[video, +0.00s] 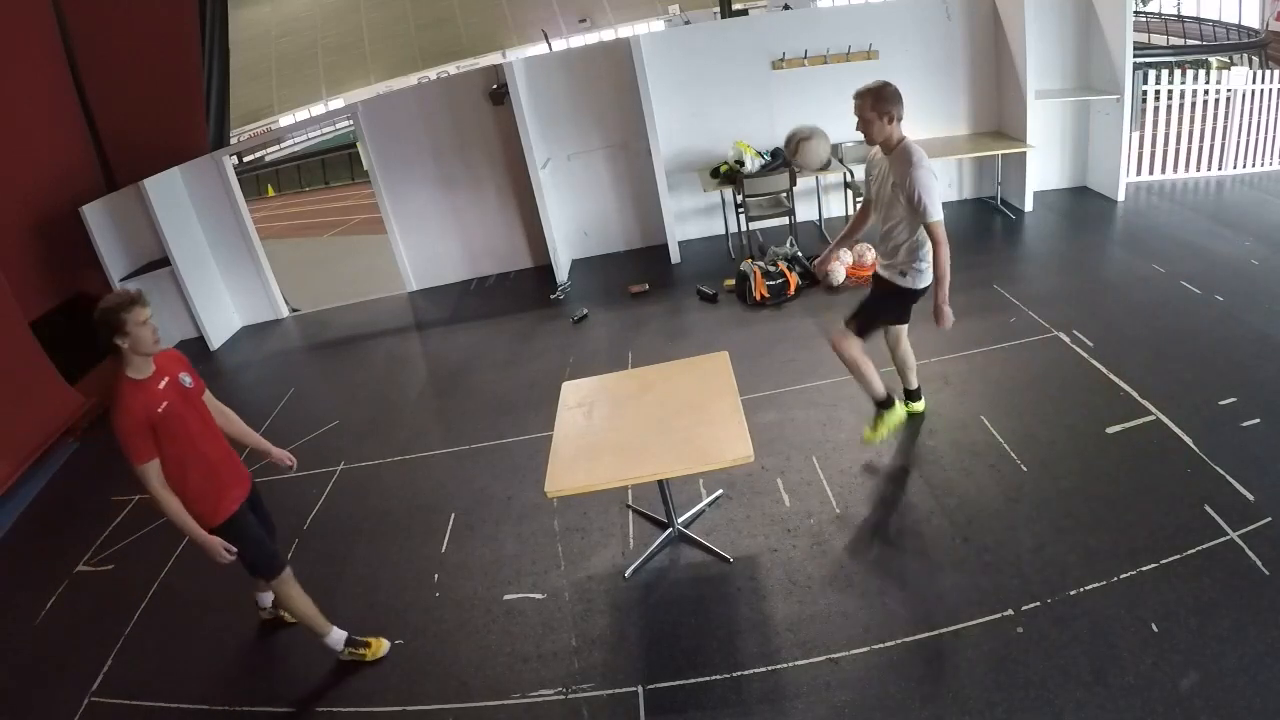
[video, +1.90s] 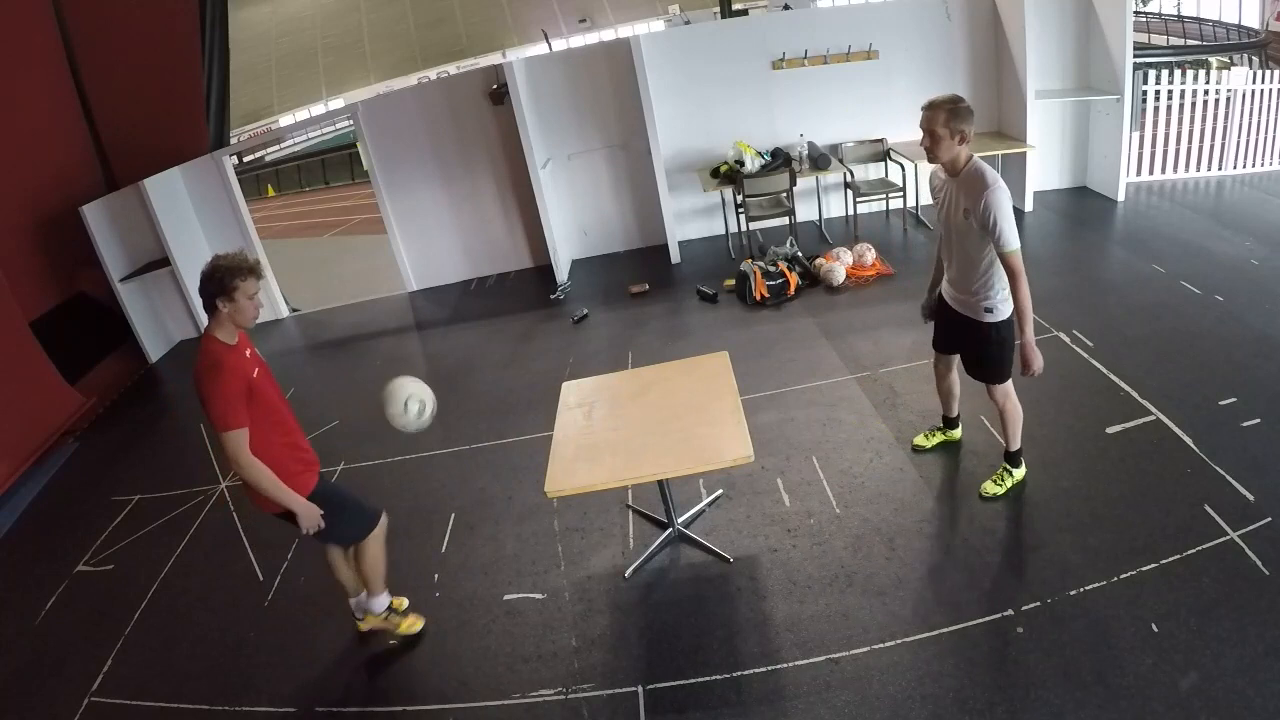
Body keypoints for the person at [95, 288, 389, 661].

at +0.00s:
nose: (154, 326)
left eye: (151, 318)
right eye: (143, 324)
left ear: (150, 319)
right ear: (121, 340)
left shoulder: (172, 360)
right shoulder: (128, 408)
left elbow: (216, 410)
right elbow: (156, 486)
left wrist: (267, 448)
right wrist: (201, 537)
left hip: (239, 480)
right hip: (215, 507)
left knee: (262, 547)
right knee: (278, 570)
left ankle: (267, 605)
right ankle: (339, 642)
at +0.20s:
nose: (179, 320)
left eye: (175, 312)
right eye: (169, 317)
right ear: (145, 333)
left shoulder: (187, 354)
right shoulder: (154, 402)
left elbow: (226, 410)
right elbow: (185, 484)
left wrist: (273, 455)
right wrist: (229, 539)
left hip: (260, 478)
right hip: (240, 508)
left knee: (304, 537)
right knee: (295, 572)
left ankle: (296, 598)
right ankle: (343, 642)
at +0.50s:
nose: (206, 308)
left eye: (202, 300)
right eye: (196, 304)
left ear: (176, 318)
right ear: (170, 321)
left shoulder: (203, 347)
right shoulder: (176, 385)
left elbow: (244, 412)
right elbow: (214, 475)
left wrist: (284, 452)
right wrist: (283, 513)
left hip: (276, 477)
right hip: (254, 507)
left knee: (312, 541)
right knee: (305, 574)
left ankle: (335, 606)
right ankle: (342, 642)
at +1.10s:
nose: (257, 313)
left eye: (257, 304)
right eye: (251, 306)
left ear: (227, 308)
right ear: (222, 309)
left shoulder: (238, 343)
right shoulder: (206, 372)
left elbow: (257, 412)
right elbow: (226, 465)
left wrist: (288, 448)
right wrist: (279, 518)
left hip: (286, 480)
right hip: (263, 505)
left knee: (328, 557)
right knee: (317, 572)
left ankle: (343, 625)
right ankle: (304, 636)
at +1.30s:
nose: (272, 326)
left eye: (274, 317)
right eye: (267, 317)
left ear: (245, 313)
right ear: (237, 314)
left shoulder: (249, 347)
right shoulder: (213, 369)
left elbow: (256, 423)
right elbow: (220, 466)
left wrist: (280, 474)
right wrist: (266, 522)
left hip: (283, 484)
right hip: (262, 506)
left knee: (326, 551)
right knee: (321, 569)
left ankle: (349, 625)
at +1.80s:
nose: (260, 303)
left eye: (258, 294)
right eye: (251, 297)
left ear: (227, 303)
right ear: (222, 304)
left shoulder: (236, 338)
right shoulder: (220, 366)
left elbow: (263, 417)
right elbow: (242, 458)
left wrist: (298, 468)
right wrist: (296, 506)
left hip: (299, 477)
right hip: (288, 496)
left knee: (345, 545)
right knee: (347, 554)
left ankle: (365, 610)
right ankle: (366, 635)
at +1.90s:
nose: (259, 303)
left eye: (257, 294)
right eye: (251, 297)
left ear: (228, 305)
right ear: (222, 305)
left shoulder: (234, 339)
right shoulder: (219, 365)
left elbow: (257, 416)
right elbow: (238, 455)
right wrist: (297, 504)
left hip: (297, 472)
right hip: (290, 487)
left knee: (337, 537)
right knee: (373, 522)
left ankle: (364, 610)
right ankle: (378, 607)